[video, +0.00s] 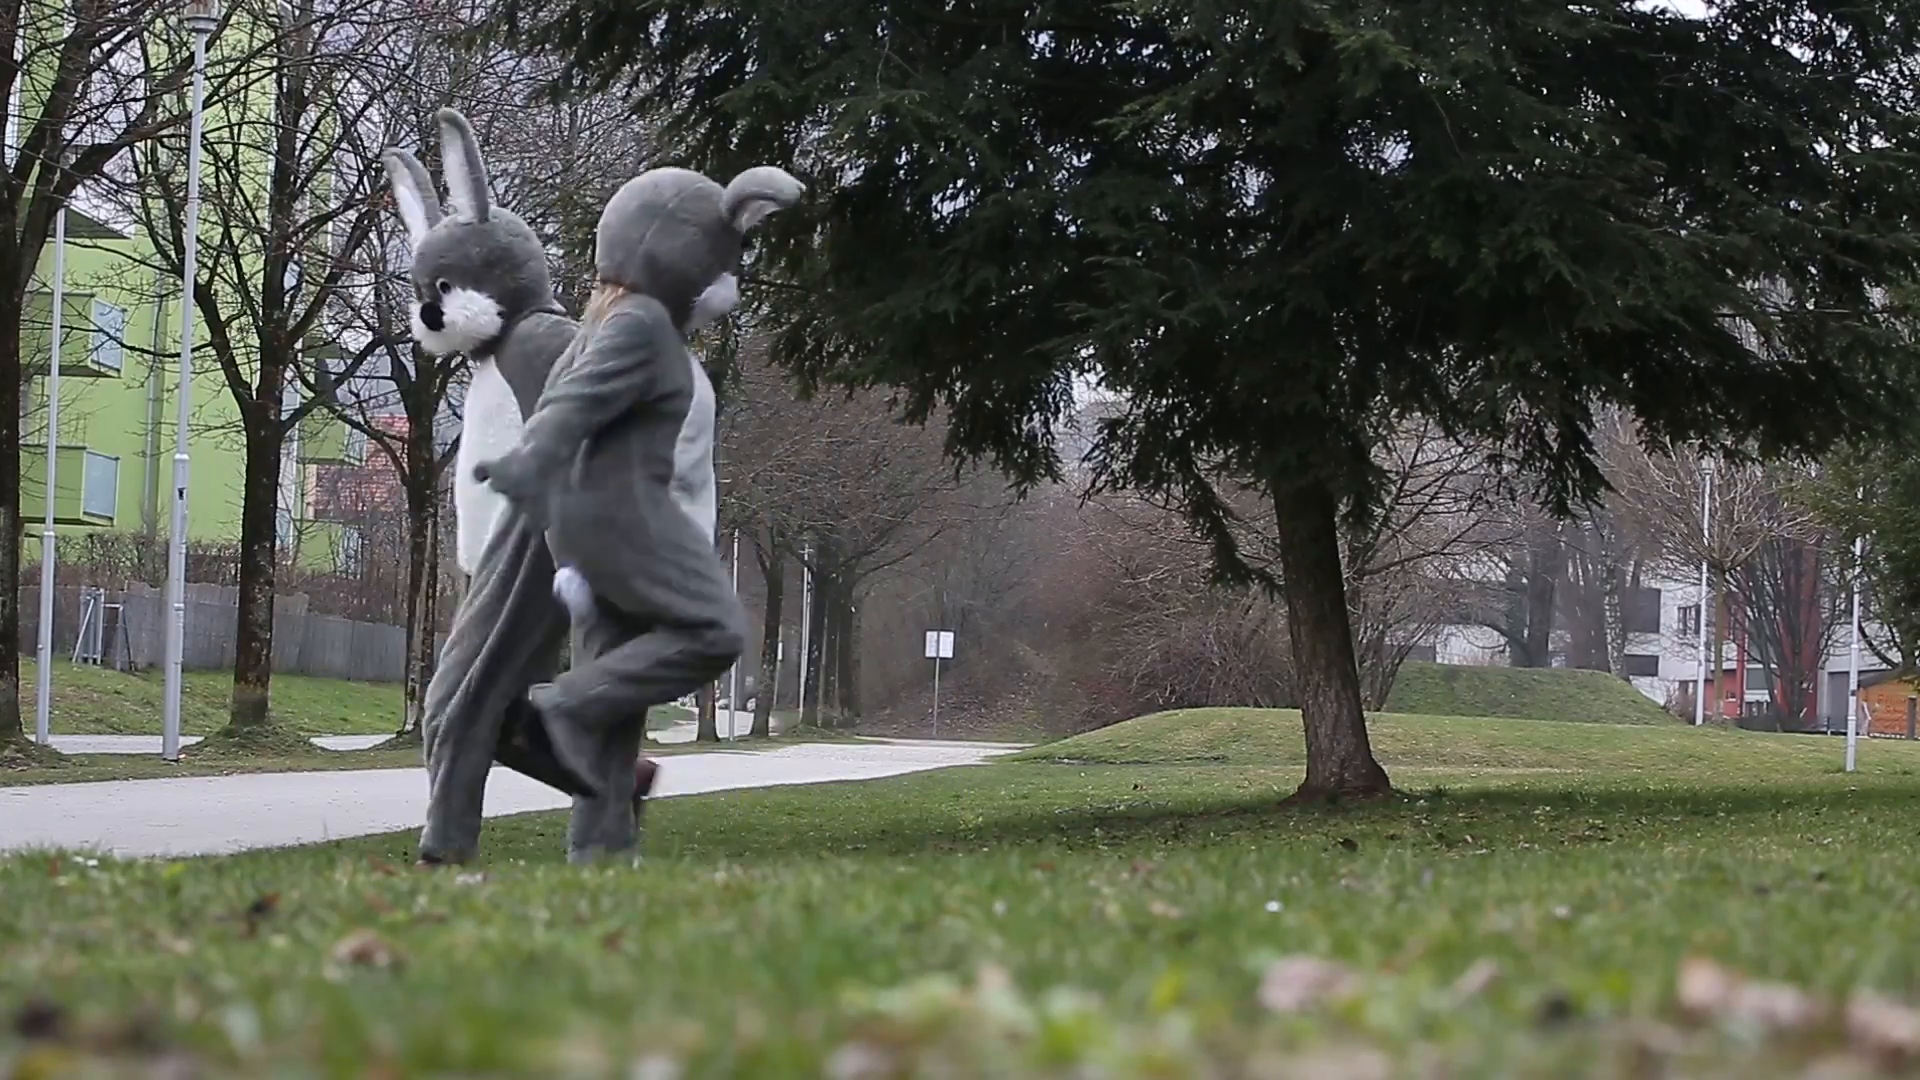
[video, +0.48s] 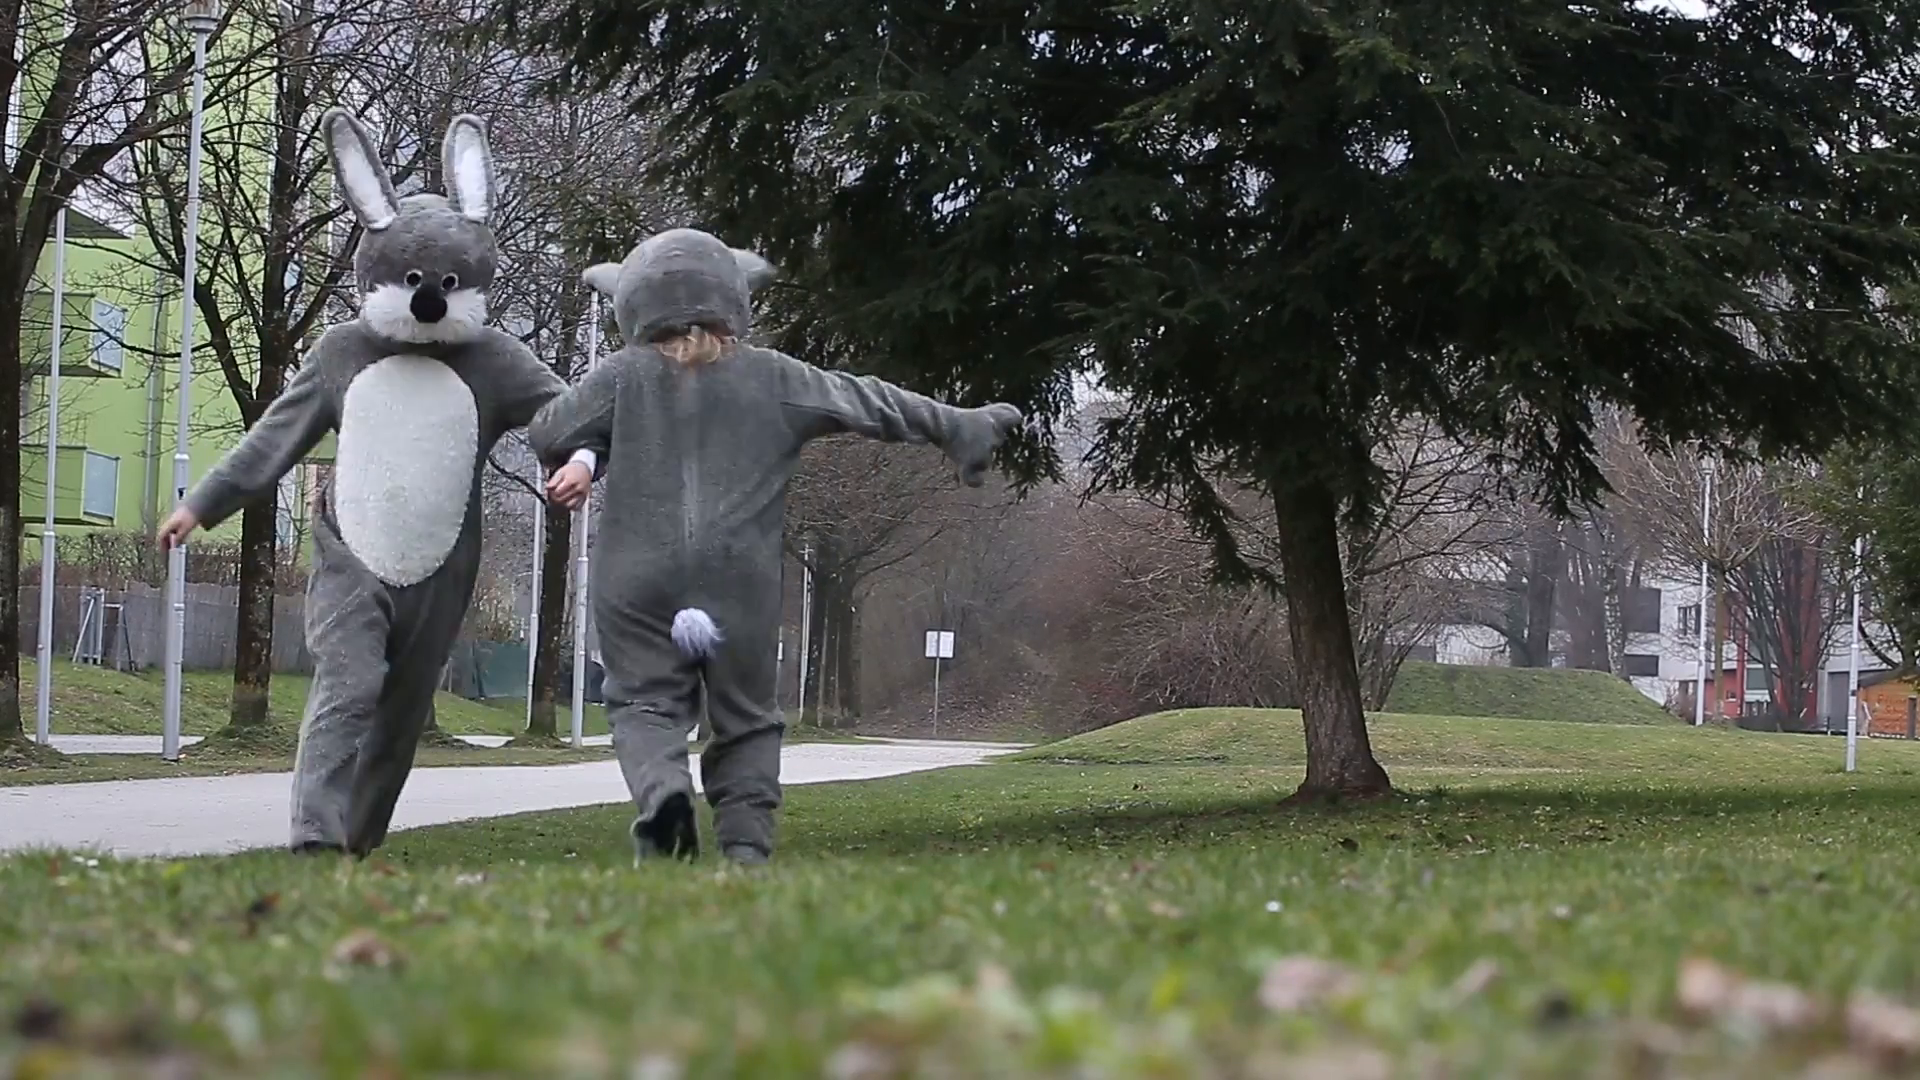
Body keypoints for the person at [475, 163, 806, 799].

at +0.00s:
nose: (732, 289)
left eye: (733, 271)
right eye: (723, 269)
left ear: (651, 255)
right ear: (678, 257)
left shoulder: (616, 327)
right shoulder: (641, 324)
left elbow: (562, 406)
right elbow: (572, 401)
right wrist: (526, 470)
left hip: (600, 524)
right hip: (624, 518)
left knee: (611, 672)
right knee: (716, 632)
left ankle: (601, 842)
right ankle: (565, 710)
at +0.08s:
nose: (743, 269)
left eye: (747, 253)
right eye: (739, 249)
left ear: (633, 240)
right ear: (700, 241)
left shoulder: (595, 314)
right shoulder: (670, 305)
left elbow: (542, 386)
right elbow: (617, 382)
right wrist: (552, 433)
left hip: (581, 507)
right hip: (652, 495)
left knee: (613, 667)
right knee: (751, 602)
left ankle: (614, 829)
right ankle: (654, 713)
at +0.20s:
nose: (745, 288)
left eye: (748, 275)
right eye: (741, 271)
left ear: (630, 264)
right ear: (709, 261)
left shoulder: (594, 338)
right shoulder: (690, 315)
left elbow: (528, 415)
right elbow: (706, 375)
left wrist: (571, 380)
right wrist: (733, 381)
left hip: (607, 530)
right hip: (701, 518)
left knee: (644, 686)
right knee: (771, 628)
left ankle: (664, 838)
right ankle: (744, 768)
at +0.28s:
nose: (738, 292)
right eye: (730, 278)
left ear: (627, 285)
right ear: (709, 280)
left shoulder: (595, 363)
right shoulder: (710, 341)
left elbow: (530, 432)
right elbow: (762, 360)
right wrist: (805, 374)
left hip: (624, 546)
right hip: (718, 534)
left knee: (652, 697)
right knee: (770, 671)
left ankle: (670, 843)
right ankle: (751, 820)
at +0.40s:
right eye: (731, 290)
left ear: (630, 301)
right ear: (722, 294)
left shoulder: (609, 373)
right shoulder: (747, 359)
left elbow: (544, 443)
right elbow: (831, 388)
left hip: (636, 560)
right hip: (736, 556)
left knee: (651, 696)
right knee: (750, 705)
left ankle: (663, 826)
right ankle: (748, 845)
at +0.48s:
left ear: (640, 307)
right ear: (732, 300)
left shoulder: (619, 375)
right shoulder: (773, 374)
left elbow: (548, 432)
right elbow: (874, 402)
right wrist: (967, 424)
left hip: (635, 574)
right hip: (741, 572)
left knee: (646, 704)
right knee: (746, 718)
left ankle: (663, 797)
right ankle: (744, 851)